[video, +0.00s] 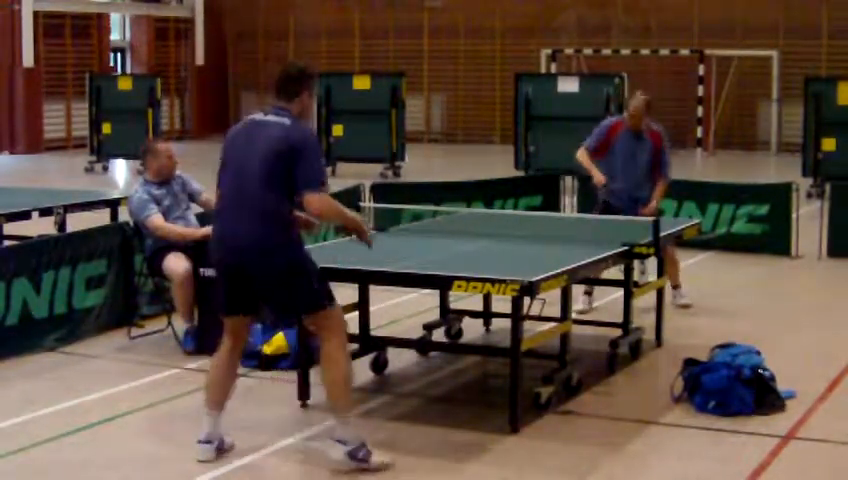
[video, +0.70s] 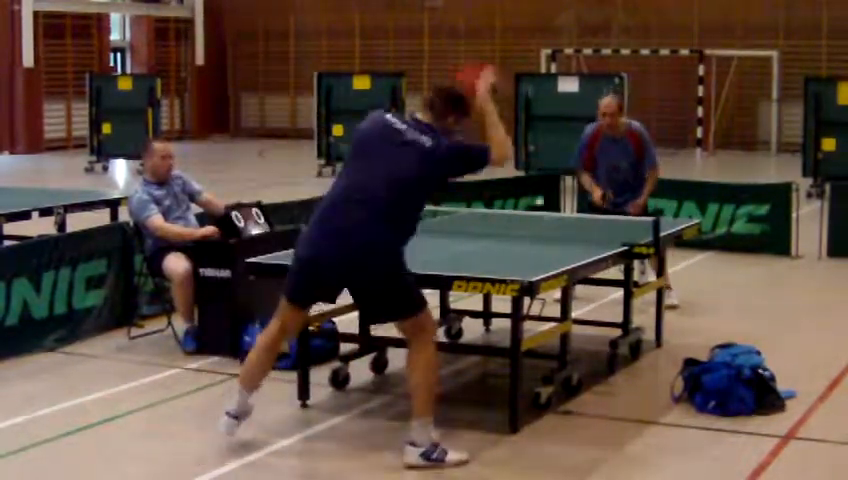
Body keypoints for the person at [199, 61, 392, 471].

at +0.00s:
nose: (314, 104)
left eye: (312, 97)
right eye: (313, 98)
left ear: (276, 94)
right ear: (304, 98)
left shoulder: (239, 131)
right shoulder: (300, 135)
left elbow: (227, 196)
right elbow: (315, 202)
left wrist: (287, 215)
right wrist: (351, 220)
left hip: (228, 246)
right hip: (276, 249)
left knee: (232, 336)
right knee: (332, 330)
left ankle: (209, 434)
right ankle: (348, 437)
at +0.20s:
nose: (351, 112)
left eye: (351, 104)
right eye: (350, 104)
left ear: (314, 99)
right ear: (339, 104)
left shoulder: (281, 132)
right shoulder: (314, 144)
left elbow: (290, 197)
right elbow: (310, 214)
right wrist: (357, 252)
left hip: (248, 257)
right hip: (289, 262)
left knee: (252, 342)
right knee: (360, 329)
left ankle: (212, 433)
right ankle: (378, 440)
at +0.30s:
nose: (381, 134)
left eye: (382, 127)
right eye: (380, 126)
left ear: (351, 118)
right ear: (364, 123)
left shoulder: (319, 141)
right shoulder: (332, 159)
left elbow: (351, 204)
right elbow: (297, 222)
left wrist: (400, 208)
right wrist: (332, 277)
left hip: (261, 264)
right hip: (290, 272)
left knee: (266, 347)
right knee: (373, 335)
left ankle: (215, 432)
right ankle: (411, 439)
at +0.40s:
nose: (417, 158)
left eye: (419, 150)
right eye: (417, 150)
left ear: (389, 139)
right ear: (402, 145)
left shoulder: (358, 155)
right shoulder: (355, 175)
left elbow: (391, 189)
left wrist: (438, 200)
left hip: (284, 267)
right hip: (321, 269)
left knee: (271, 353)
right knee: (401, 336)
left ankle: (215, 435)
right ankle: (421, 444)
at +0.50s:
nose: (444, 171)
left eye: (449, 164)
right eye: (447, 163)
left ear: (419, 142)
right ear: (436, 155)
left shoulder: (371, 147)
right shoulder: (397, 194)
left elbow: (396, 179)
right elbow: (386, 268)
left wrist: (423, 190)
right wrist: (429, 282)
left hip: (303, 260)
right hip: (349, 274)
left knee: (282, 340)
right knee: (420, 332)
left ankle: (219, 429)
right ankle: (420, 444)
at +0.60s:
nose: (463, 161)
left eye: (466, 155)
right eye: (462, 153)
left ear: (434, 134)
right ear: (448, 146)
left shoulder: (380, 138)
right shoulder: (429, 183)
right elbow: (473, 216)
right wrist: (497, 174)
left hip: (310, 255)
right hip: (359, 267)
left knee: (282, 335)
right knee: (424, 333)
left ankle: (229, 420)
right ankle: (420, 443)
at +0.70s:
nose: (460, 130)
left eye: (463, 124)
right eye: (461, 123)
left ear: (422, 106)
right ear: (454, 121)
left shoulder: (377, 122)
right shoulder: (442, 151)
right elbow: (500, 154)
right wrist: (485, 102)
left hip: (318, 246)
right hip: (374, 256)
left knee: (281, 327)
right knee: (422, 334)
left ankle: (237, 407)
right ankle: (421, 440)